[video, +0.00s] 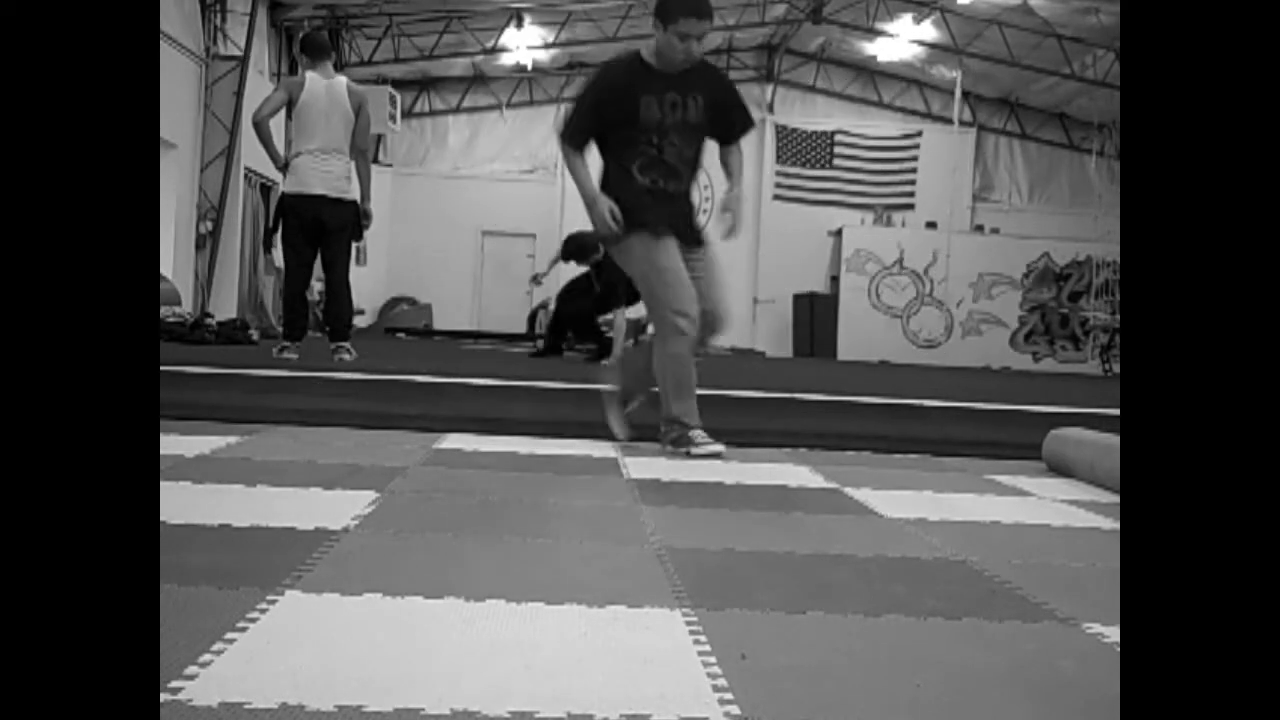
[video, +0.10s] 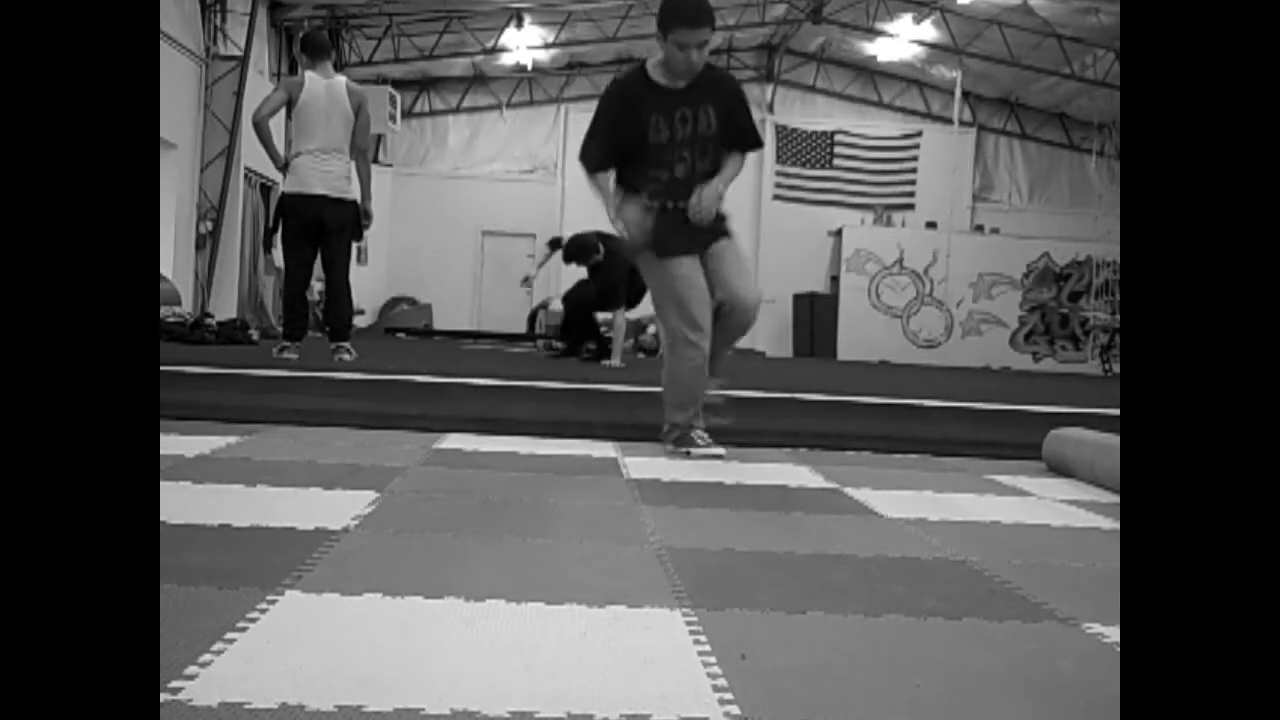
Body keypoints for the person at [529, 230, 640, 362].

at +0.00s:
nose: (578, 265)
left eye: (580, 261)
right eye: (576, 262)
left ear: (591, 256)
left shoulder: (613, 271)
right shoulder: (583, 244)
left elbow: (620, 316)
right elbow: (561, 254)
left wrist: (615, 356)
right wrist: (545, 272)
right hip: (598, 278)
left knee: (579, 309)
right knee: (565, 298)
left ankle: (602, 345)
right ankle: (553, 345)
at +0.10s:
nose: (579, 266)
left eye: (581, 263)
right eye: (577, 263)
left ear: (593, 256)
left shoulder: (616, 263)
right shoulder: (582, 243)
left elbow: (619, 315)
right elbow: (554, 245)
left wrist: (616, 358)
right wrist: (534, 272)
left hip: (627, 291)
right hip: (602, 282)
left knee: (580, 304)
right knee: (570, 300)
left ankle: (599, 347)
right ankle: (573, 345)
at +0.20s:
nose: (577, 265)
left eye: (579, 262)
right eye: (574, 261)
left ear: (592, 259)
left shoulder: (613, 271)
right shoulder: (581, 242)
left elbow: (619, 317)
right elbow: (544, 240)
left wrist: (616, 358)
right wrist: (519, 264)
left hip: (629, 293)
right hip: (604, 282)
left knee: (581, 305)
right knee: (576, 303)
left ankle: (596, 350)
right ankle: (589, 347)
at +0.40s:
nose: (574, 271)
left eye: (576, 268)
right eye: (571, 268)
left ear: (590, 266)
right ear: (579, 246)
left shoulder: (615, 276)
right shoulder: (590, 235)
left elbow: (620, 318)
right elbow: (561, 215)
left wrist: (617, 359)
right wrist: (519, 213)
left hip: (633, 283)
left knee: (581, 315)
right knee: (572, 286)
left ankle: (593, 348)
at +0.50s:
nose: (577, 274)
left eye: (578, 271)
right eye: (576, 272)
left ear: (592, 265)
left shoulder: (618, 274)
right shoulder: (594, 234)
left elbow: (620, 315)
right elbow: (585, 211)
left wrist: (616, 358)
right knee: (577, 303)